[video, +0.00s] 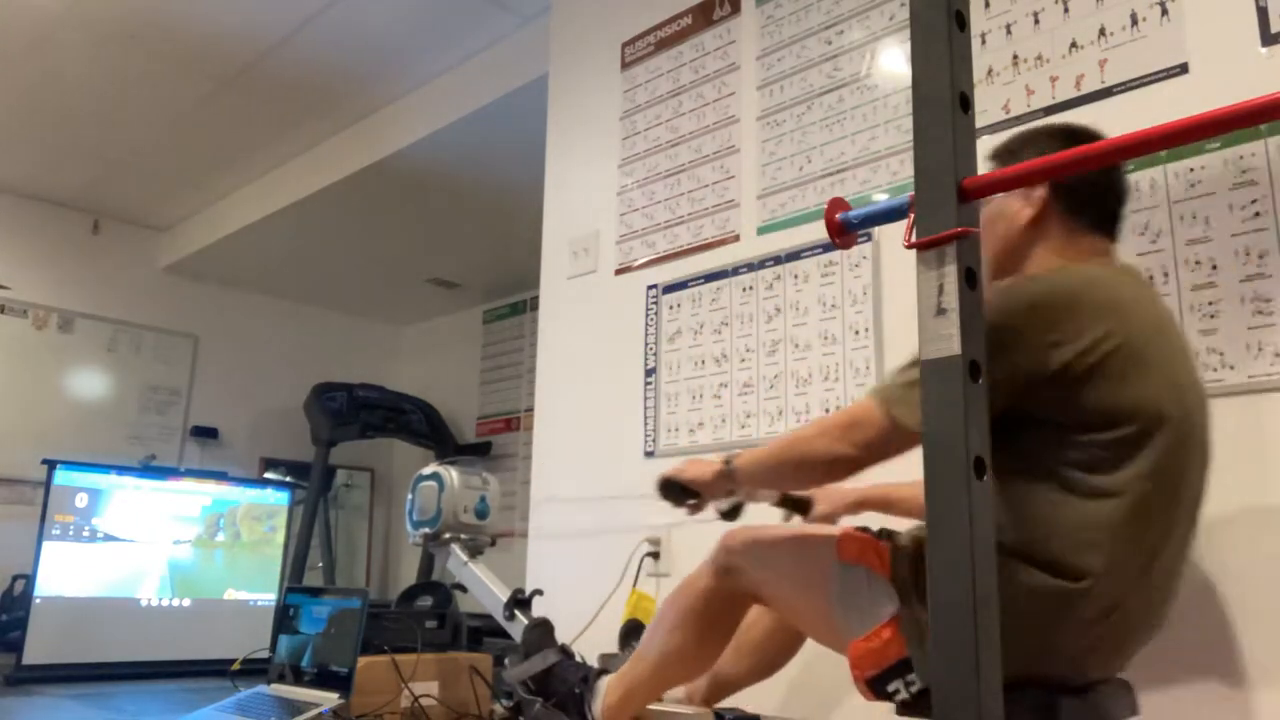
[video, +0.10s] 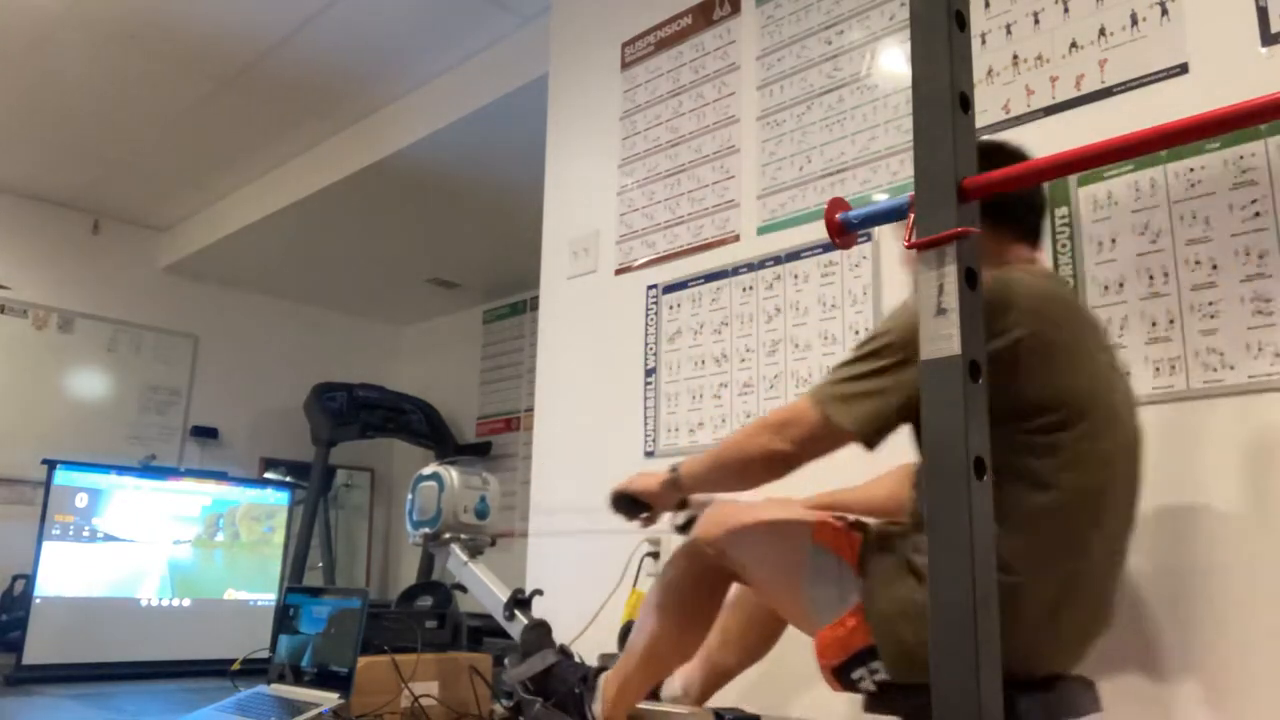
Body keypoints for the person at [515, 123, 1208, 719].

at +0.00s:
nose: (970, 227)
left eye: (982, 202)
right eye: (974, 205)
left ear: (1035, 201)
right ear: (1059, 206)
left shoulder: (1037, 306)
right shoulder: (1131, 306)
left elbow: (847, 445)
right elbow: (1029, 506)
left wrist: (724, 473)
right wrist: (862, 497)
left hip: (1023, 627)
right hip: (1092, 628)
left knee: (738, 557)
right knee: (837, 549)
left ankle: (612, 703)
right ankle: (694, 696)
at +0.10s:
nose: (914, 245)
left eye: (921, 224)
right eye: (915, 226)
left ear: (954, 223)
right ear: (1025, 223)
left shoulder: (965, 304)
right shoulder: (1066, 315)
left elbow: (787, 440)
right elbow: (935, 486)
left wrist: (671, 482)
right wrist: (787, 506)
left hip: (960, 642)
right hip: (1044, 638)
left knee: (716, 533)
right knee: (792, 538)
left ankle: (612, 702)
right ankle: (686, 695)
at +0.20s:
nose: (834, 256)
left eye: (844, 233)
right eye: (837, 236)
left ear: (890, 232)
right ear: (916, 231)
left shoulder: (881, 323)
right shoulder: (987, 321)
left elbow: (720, 455)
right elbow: (861, 496)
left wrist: (622, 500)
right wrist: (683, 514)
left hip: (902, 618)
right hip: (986, 621)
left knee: (678, 522)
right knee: (754, 539)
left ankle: (608, 702)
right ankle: (683, 690)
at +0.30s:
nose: (773, 273)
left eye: (779, 254)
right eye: (774, 257)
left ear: (816, 250)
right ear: (877, 255)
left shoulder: (810, 335)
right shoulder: (922, 326)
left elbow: (672, 461)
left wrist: (584, 516)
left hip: (844, 624)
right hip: (935, 623)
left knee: (650, 510)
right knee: (730, 498)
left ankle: (606, 698)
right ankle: (679, 685)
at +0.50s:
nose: (684, 304)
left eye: (687, 286)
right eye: (684, 289)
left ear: (715, 277)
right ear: (778, 288)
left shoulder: (708, 351)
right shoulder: (829, 359)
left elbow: (590, 473)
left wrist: (515, 528)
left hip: (759, 630)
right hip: (850, 633)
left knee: (607, 484)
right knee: (698, 475)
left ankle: (603, 687)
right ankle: (685, 656)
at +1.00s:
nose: (742, 271)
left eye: (746, 254)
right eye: (742, 257)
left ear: (780, 251)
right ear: (842, 260)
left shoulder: (767, 332)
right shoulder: (891, 337)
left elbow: (654, 469)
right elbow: (822, 499)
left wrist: (571, 510)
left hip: (807, 626)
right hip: (905, 631)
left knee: (634, 508)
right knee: (711, 482)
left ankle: (606, 693)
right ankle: (680, 677)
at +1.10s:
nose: (834, 253)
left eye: (844, 231)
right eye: (836, 233)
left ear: (890, 229)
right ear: (924, 229)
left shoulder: (873, 315)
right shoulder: (989, 319)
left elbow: (730, 443)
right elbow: (841, 479)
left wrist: (627, 474)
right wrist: (683, 492)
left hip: (894, 619)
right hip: (994, 622)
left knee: (684, 509)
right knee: (759, 522)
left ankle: (606, 697)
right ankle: (683, 687)